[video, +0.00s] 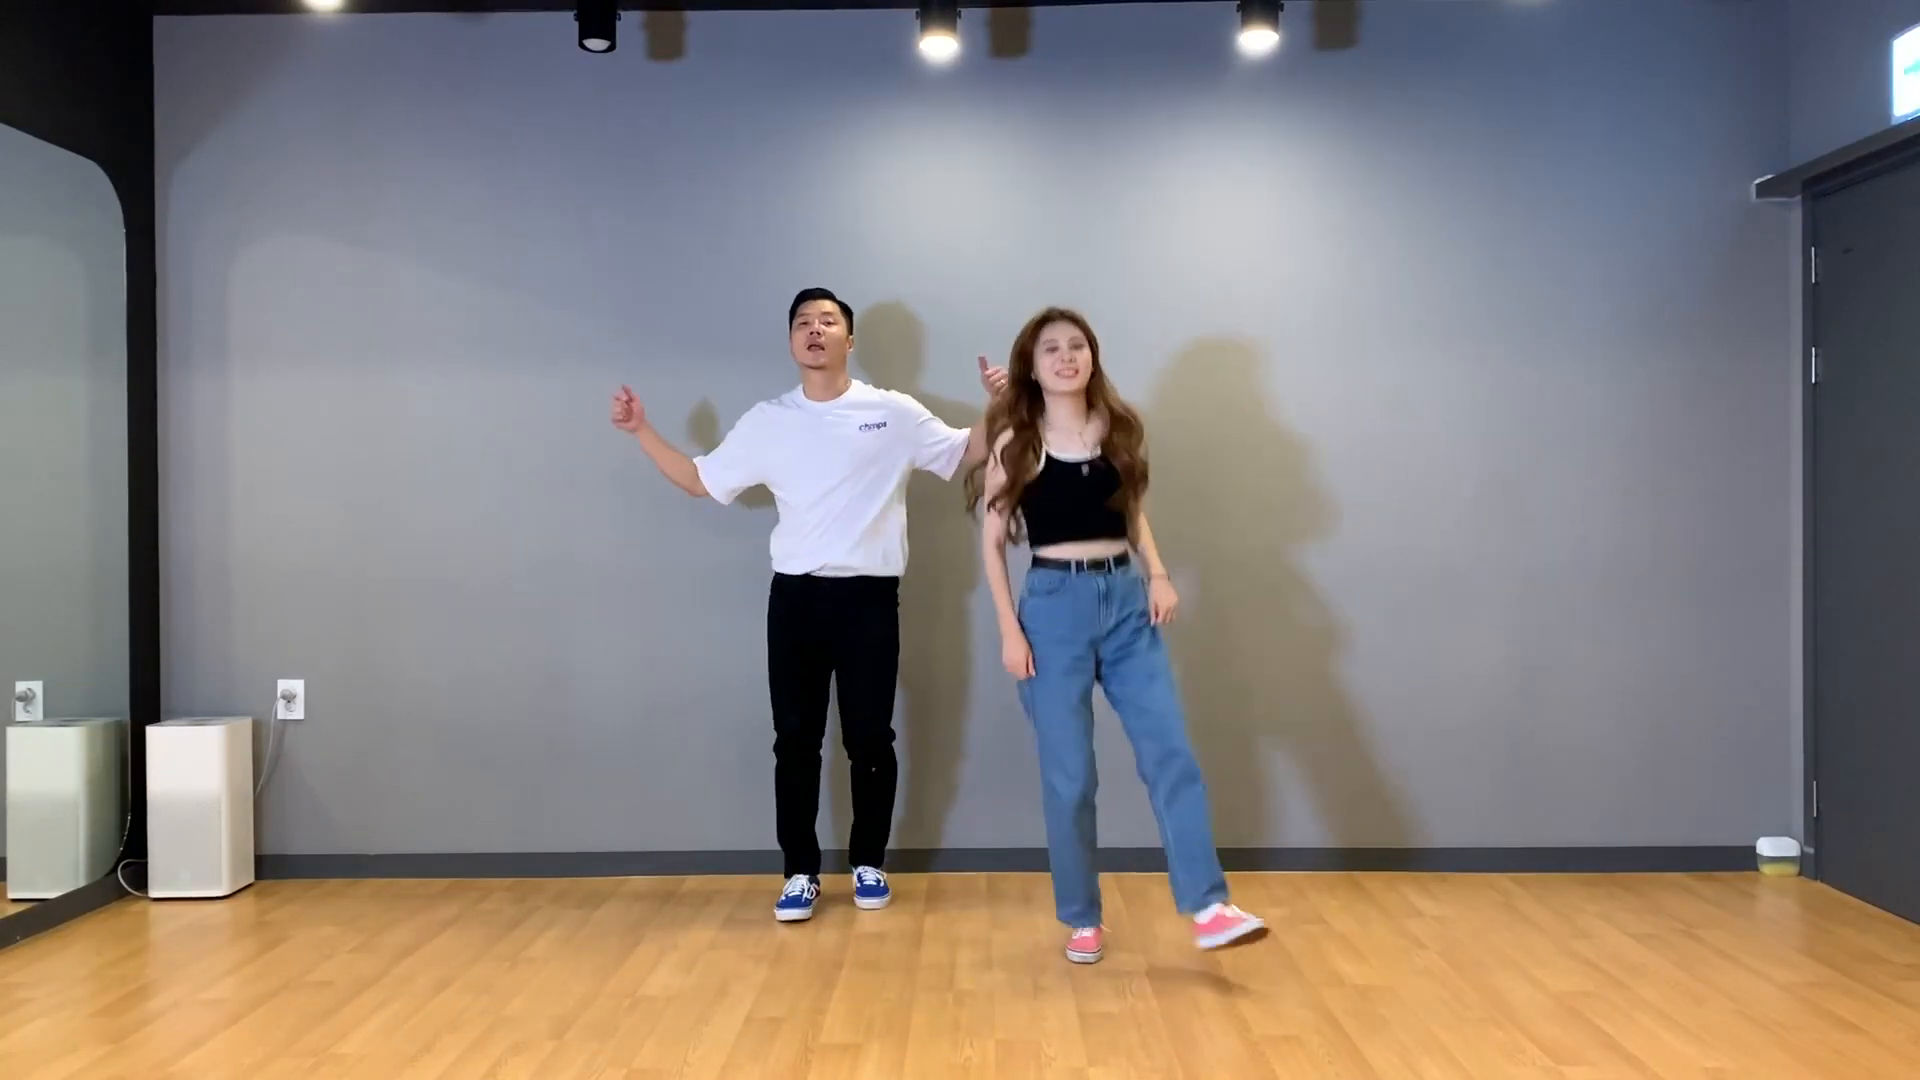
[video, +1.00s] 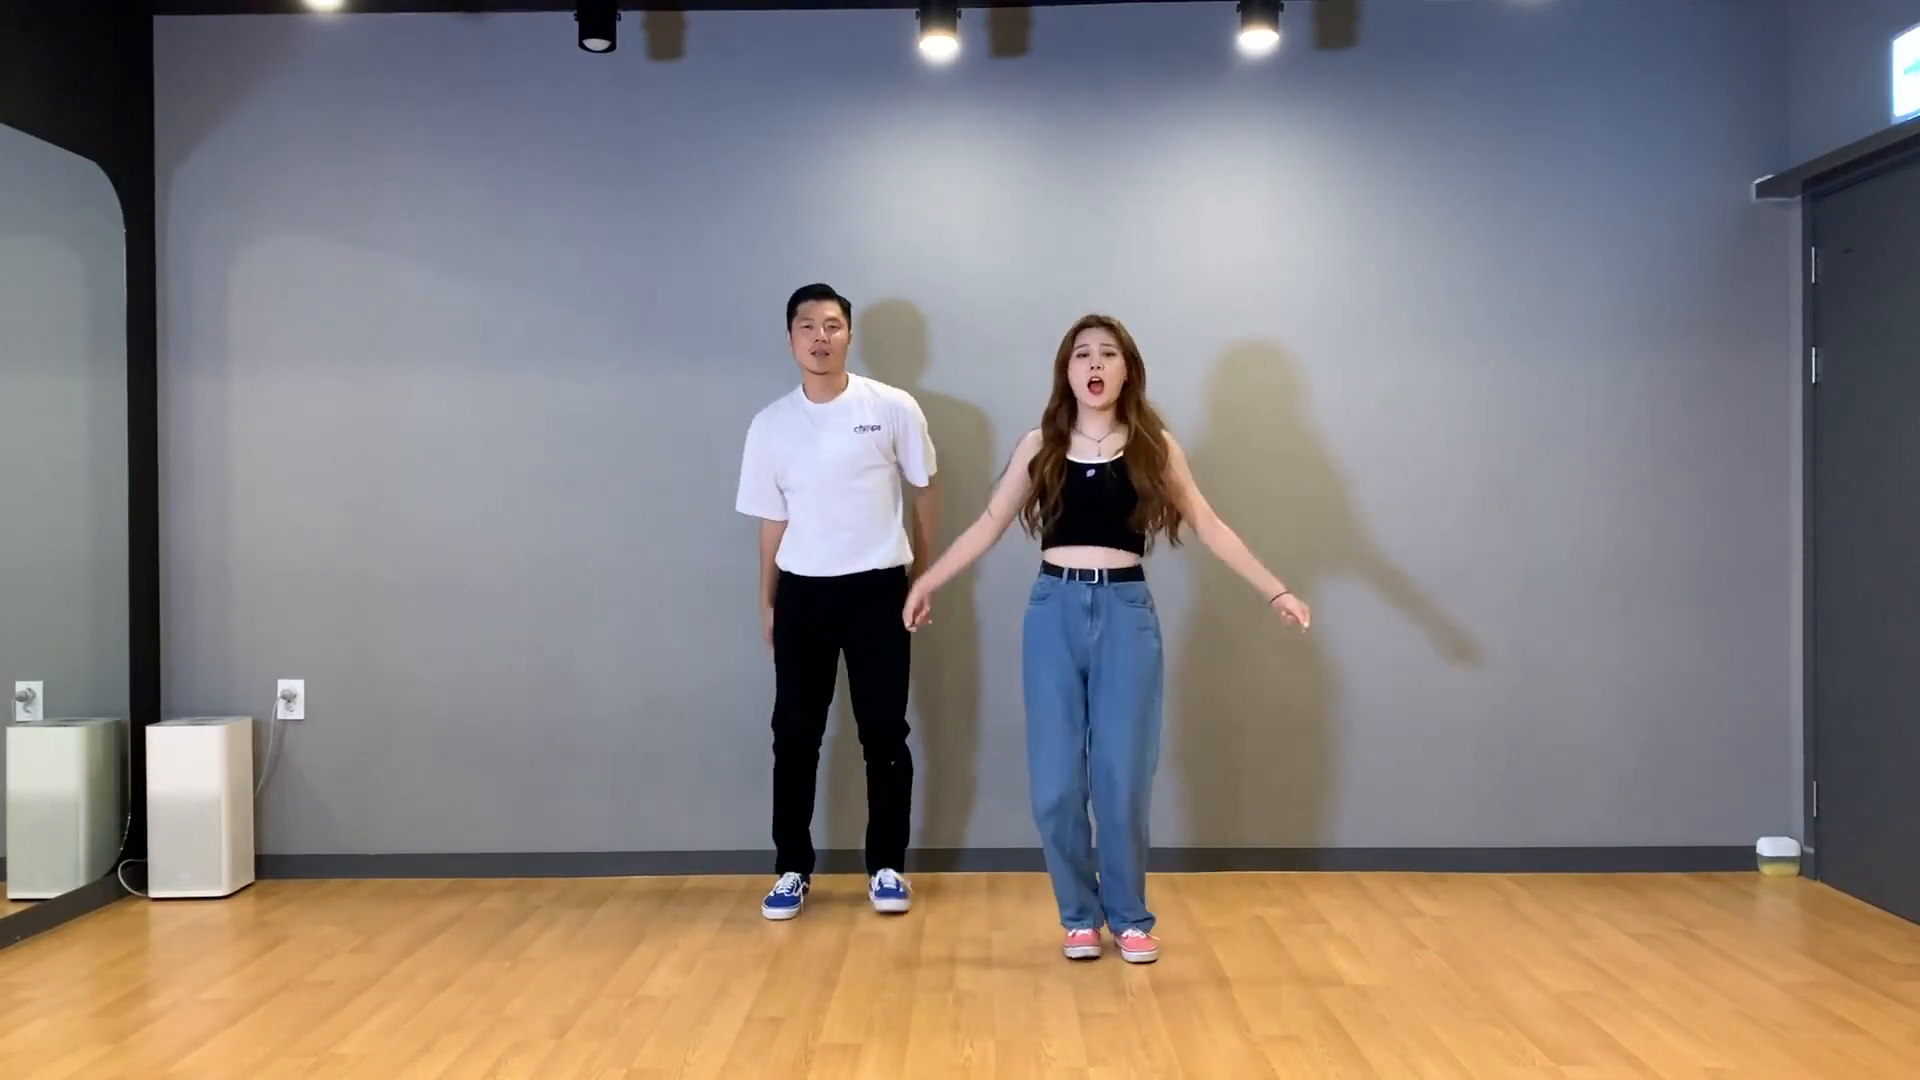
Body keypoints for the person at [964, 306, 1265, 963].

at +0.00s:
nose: (1065, 358)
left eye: (1075, 347)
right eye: (1050, 350)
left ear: (1093, 359)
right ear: (1031, 366)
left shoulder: (1119, 431)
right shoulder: (1014, 444)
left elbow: (1133, 512)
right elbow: (993, 540)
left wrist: (1158, 573)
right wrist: (1009, 628)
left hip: (1125, 598)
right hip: (1052, 604)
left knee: (1170, 751)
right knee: (1071, 775)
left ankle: (1205, 903)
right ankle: (1082, 917)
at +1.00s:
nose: (1094, 366)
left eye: (1107, 356)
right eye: (1082, 356)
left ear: (1128, 369)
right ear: (1066, 369)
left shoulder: (1153, 445)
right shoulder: (1040, 444)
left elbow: (1207, 525)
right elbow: (990, 523)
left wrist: (1273, 587)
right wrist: (926, 582)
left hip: (1126, 615)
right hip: (1052, 614)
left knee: (1122, 775)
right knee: (1054, 784)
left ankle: (1129, 917)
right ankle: (1080, 916)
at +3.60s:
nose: (923, 383)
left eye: (936, 374)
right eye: (912, 374)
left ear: (953, 390)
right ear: (895, 387)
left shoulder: (965, 454)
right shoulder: (878, 447)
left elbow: (977, 398)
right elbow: (820, 399)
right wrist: (839, 335)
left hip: (944, 623)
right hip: (877, 617)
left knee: (963, 793)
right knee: (834, 781)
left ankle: (1043, 905)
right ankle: (792, 916)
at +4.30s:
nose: (1042, 413)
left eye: (1054, 401)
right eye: (1029, 401)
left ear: (1072, 407)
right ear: (1009, 409)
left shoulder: (1105, 468)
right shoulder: (983, 484)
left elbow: (1186, 533)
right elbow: (928, 568)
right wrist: (867, 637)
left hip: (1100, 645)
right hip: (1024, 647)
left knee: (1092, 807)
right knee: (1060, 805)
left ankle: (1030, 910)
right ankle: (1116, 941)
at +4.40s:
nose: (1060, 405)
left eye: (1072, 393)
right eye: (1048, 394)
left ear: (1090, 399)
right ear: (1028, 401)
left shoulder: (1125, 457)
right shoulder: (1005, 476)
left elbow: (1215, 519)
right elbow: (946, 557)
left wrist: (1311, 551)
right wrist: (868, 612)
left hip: (1127, 638)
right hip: (1052, 642)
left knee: (1108, 810)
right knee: (1060, 804)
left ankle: (1043, 908)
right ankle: (1104, 942)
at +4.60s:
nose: (1105, 396)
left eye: (1118, 385)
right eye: (1093, 386)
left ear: (1139, 398)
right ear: (1075, 400)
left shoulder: (1170, 456)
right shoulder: (1054, 474)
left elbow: (1245, 526)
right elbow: (977, 537)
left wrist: (1210, 476)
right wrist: (971, 470)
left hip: (1178, 640)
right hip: (1102, 647)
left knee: (1235, 778)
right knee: (1085, 808)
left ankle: (1241, 858)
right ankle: (1106, 941)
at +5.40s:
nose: (1187, 408)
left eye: (1194, 392)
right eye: (1170, 403)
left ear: (1218, 395)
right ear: (1160, 419)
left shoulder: (1257, 462)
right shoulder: (1179, 476)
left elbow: (1186, 524)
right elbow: (1123, 535)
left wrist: (1151, 440)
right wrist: (1098, 455)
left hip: (1270, 647)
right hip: (1209, 647)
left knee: (1297, 813)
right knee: (1143, 785)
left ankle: (1382, 932)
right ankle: (1125, 936)